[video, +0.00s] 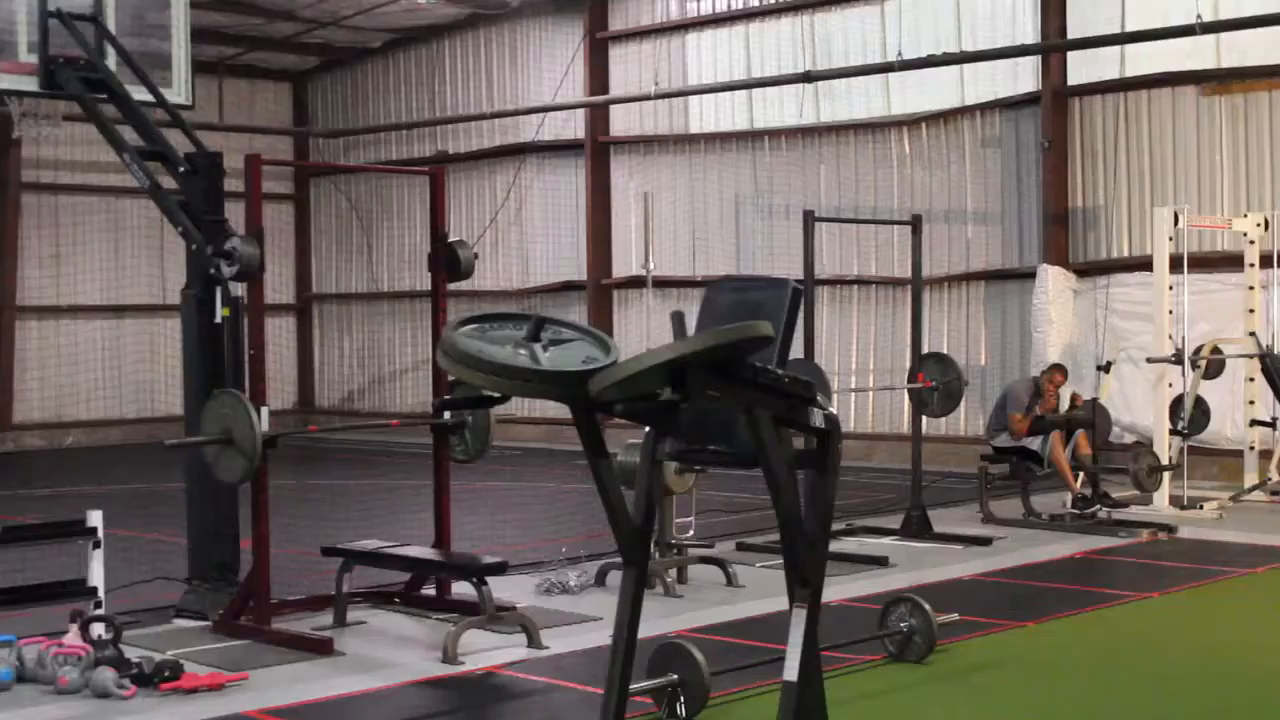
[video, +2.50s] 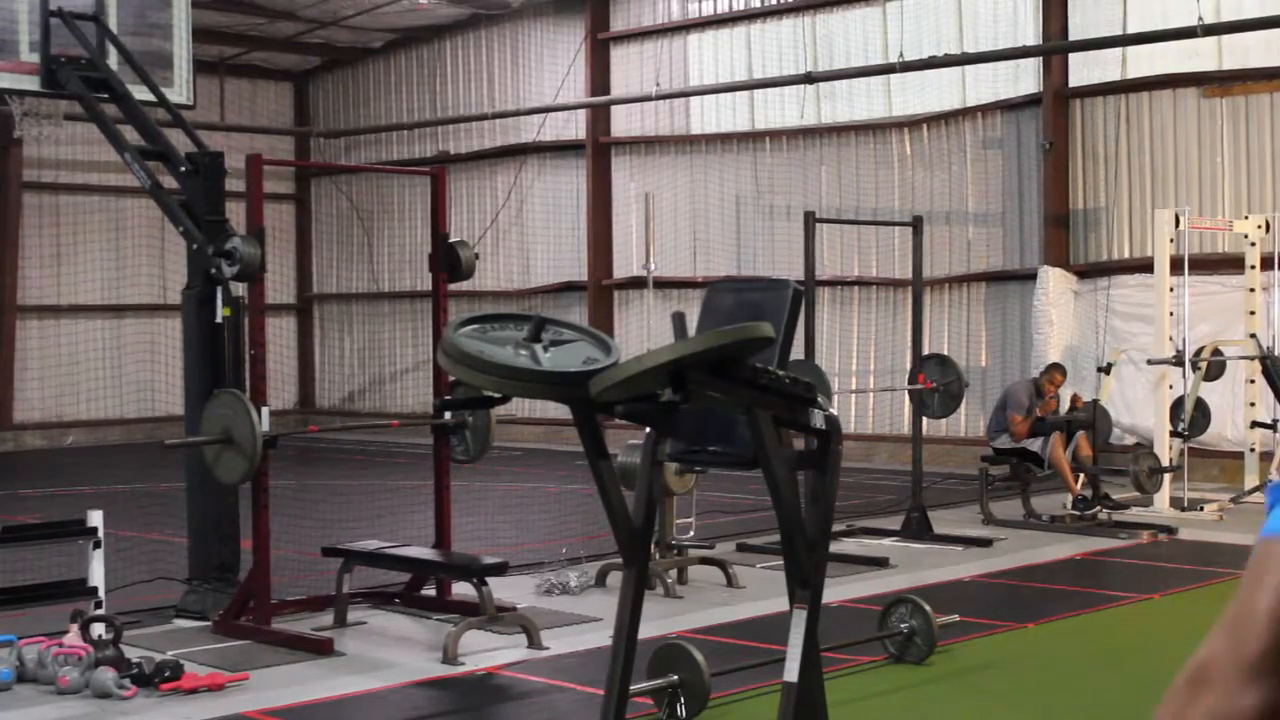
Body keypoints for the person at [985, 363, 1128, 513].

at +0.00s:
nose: (1052, 390)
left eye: (1057, 387)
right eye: (1050, 383)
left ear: (1061, 386)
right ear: (1043, 376)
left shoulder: (1051, 395)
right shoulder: (1019, 390)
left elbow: (1051, 423)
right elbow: (1017, 431)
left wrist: (1071, 409)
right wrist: (1040, 411)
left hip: (1028, 436)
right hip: (1002, 437)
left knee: (1079, 434)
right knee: (1053, 437)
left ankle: (1097, 491)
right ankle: (1076, 495)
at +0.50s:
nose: (1051, 391)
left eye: (1056, 388)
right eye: (1049, 384)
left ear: (1059, 388)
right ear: (1041, 376)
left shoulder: (1050, 397)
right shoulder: (1018, 392)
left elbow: (1050, 426)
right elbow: (1016, 434)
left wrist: (1070, 412)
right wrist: (1039, 414)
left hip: (1027, 438)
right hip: (1001, 439)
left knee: (1078, 436)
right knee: (1052, 439)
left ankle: (1096, 494)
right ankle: (1076, 498)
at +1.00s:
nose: (1050, 390)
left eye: (1055, 387)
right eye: (1048, 383)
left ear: (1059, 387)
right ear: (1040, 376)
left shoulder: (1050, 397)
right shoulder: (1018, 391)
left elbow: (1051, 426)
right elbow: (1016, 433)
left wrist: (1070, 412)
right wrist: (1039, 414)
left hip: (1028, 438)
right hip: (1001, 438)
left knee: (1078, 436)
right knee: (1053, 439)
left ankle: (1096, 494)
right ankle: (1077, 498)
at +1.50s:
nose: (1051, 389)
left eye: (1056, 386)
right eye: (1049, 383)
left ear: (1059, 386)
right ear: (1040, 375)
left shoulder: (1048, 395)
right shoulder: (1019, 390)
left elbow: (1050, 424)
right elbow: (1016, 434)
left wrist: (1071, 411)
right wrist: (1040, 415)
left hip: (1026, 438)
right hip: (1001, 439)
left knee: (1078, 435)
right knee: (1052, 439)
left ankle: (1097, 493)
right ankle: (1077, 497)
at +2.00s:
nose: (1052, 390)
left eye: (1056, 387)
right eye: (1050, 384)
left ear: (1059, 386)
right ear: (1041, 376)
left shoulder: (1050, 395)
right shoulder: (1019, 391)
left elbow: (1052, 426)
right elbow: (1017, 435)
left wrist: (1071, 411)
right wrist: (1039, 413)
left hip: (1028, 438)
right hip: (1002, 439)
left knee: (1079, 435)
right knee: (1053, 440)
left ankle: (1097, 493)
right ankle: (1077, 497)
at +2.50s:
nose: (1052, 390)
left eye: (1057, 387)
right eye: (1050, 384)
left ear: (1060, 387)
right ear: (1041, 376)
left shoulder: (1049, 395)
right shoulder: (1019, 391)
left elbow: (1051, 427)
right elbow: (1017, 435)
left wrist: (1071, 412)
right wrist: (1039, 412)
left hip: (1028, 438)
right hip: (1002, 440)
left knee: (1079, 436)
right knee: (1054, 440)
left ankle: (1098, 493)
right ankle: (1077, 498)